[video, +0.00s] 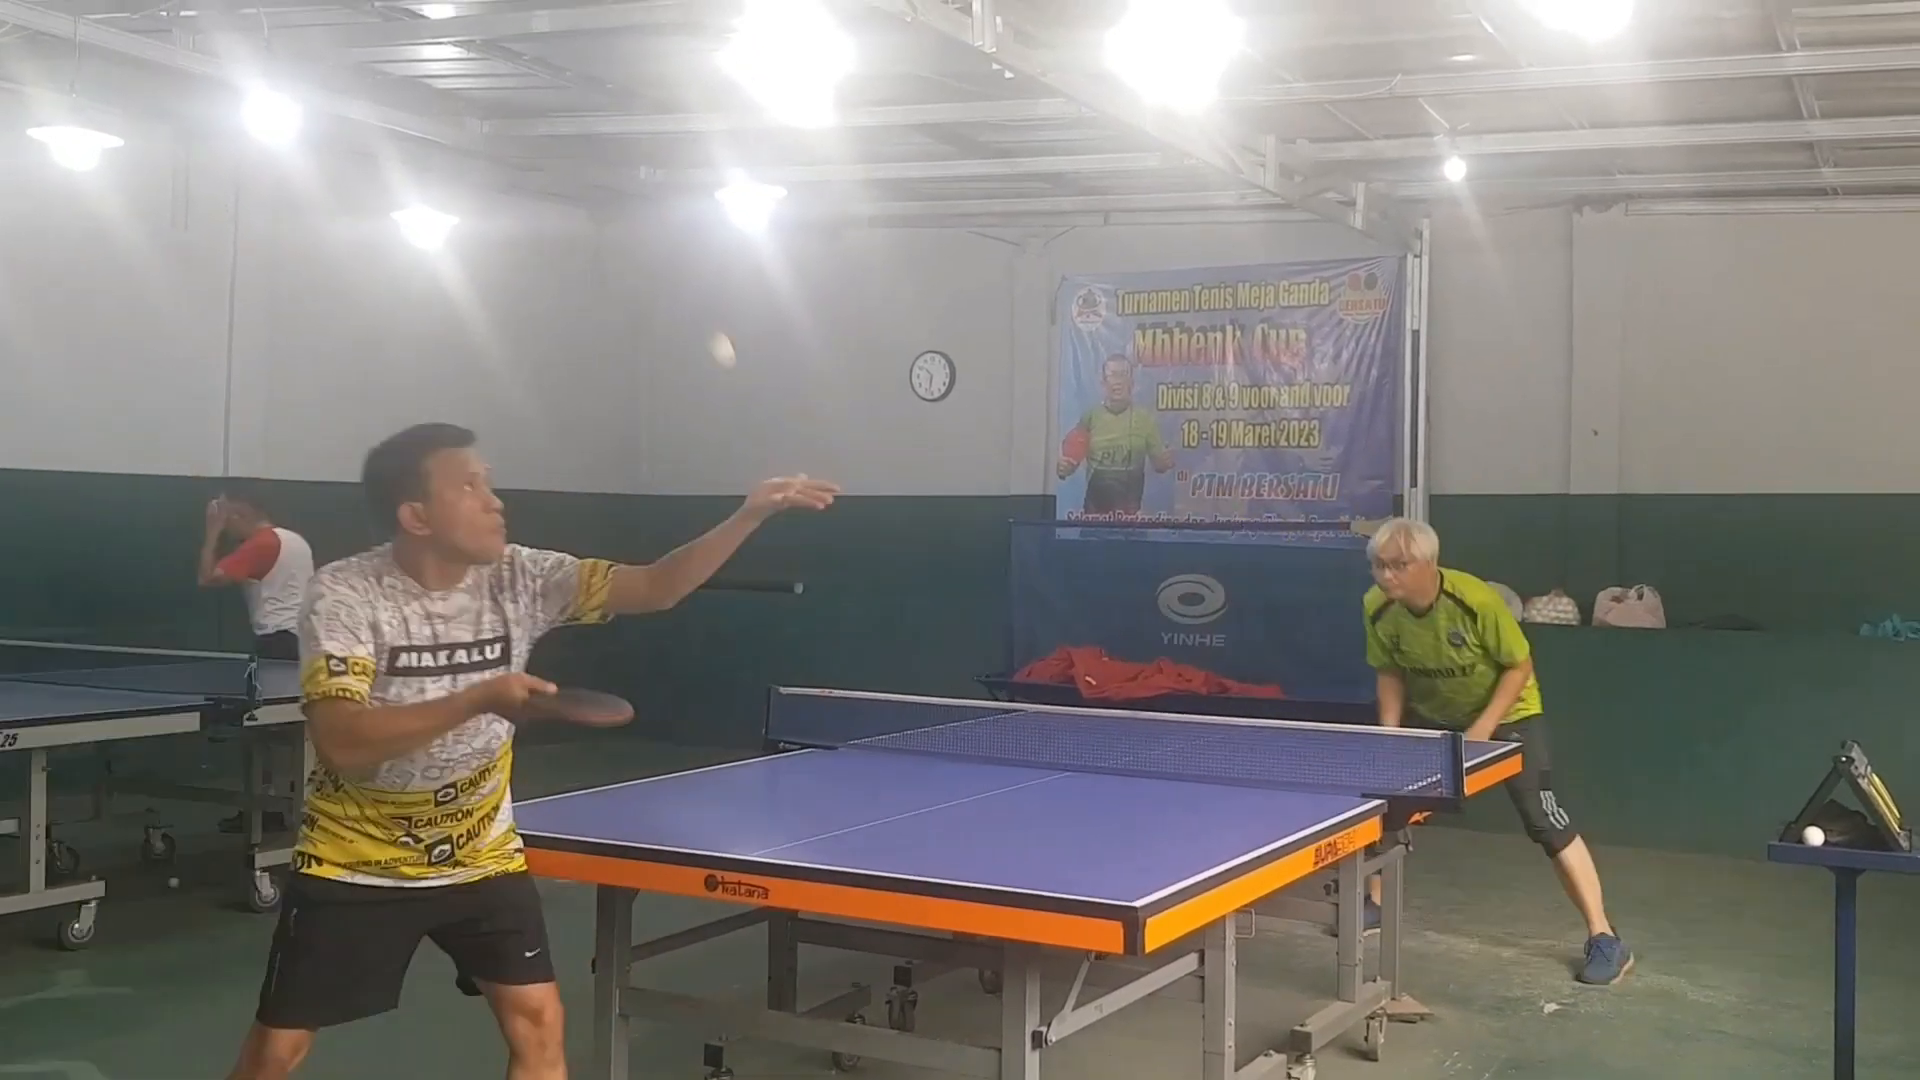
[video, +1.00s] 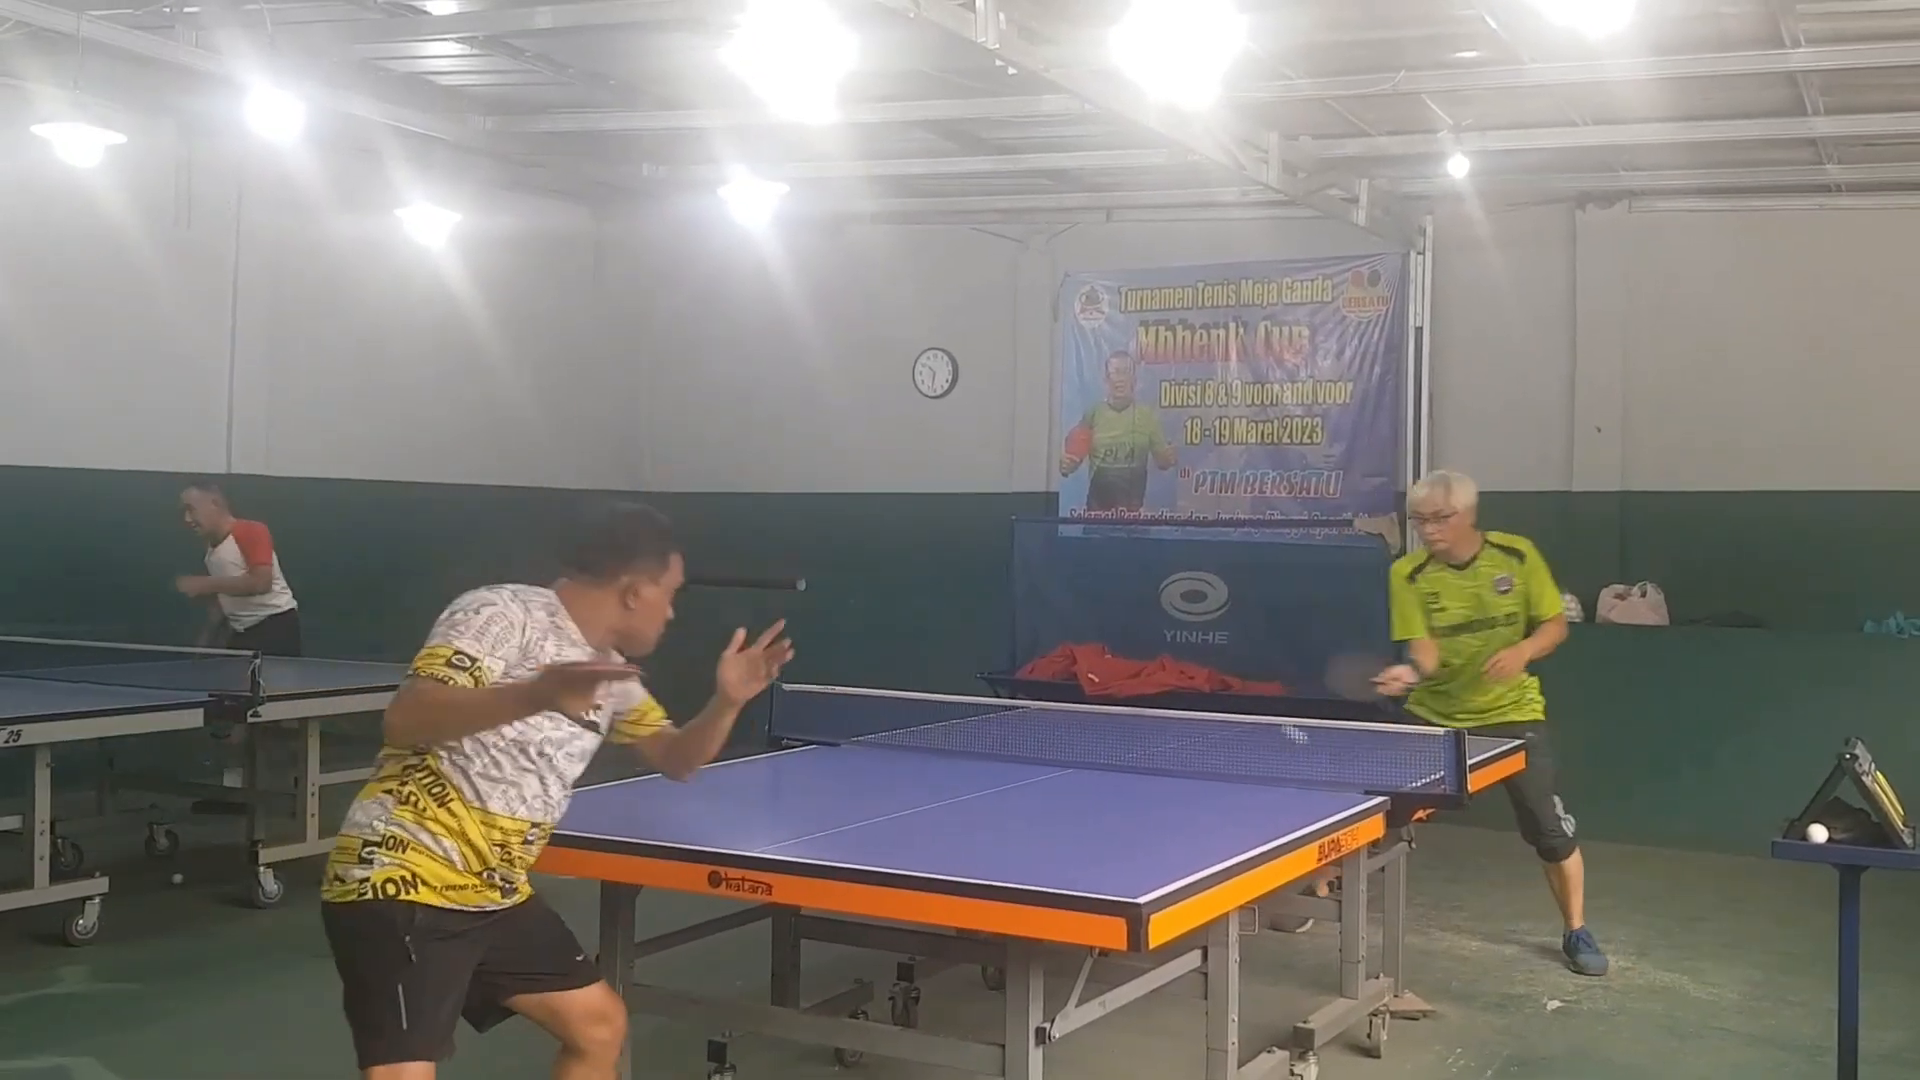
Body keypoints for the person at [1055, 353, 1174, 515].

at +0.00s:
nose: (1116, 383)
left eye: (1122, 375)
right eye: (1111, 376)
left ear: (1131, 381)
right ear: (1103, 381)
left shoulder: (1144, 419)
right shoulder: (1092, 417)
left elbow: (1158, 463)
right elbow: (1074, 451)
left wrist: (1165, 461)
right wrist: (1064, 467)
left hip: (1129, 504)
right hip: (1096, 504)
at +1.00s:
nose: (1119, 379)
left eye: (1125, 373)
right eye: (1114, 373)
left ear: (1134, 378)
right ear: (1106, 378)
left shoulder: (1146, 416)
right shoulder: (1094, 414)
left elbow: (1161, 460)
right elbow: (1077, 448)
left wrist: (1168, 457)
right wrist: (1067, 464)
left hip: (1132, 500)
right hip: (1099, 500)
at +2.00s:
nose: (1118, 376)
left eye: (1124, 369)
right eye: (1112, 369)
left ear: (1133, 374)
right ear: (1105, 374)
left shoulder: (1146, 412)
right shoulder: (1092, 412)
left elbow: (1160, 456)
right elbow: (1075, 444)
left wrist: (1167, 454)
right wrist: (1065, 460)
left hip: (1131, 499)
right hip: (1097, 500)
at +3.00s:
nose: (1124, 375)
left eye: (1130, 369)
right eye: (1118, 369)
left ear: (1139, 374)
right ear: (1111, 374)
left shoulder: (1153, 411)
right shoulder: (1098, 412)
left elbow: (1165, 456)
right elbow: (1082, 444)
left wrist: (1173, 454)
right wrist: (1072, 460)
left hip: (1137, 499)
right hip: (1103, 499)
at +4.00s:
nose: (1116, 382)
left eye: (1122, 375)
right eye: (1111, 375)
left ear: (1131, 380)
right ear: (1103, 381)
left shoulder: (1144, 418)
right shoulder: (1090, 418)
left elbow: (1157, 462)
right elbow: (1074, 450)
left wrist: (1164, 460)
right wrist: (1064, 466)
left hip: (1129, 505)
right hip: (1095, 506)